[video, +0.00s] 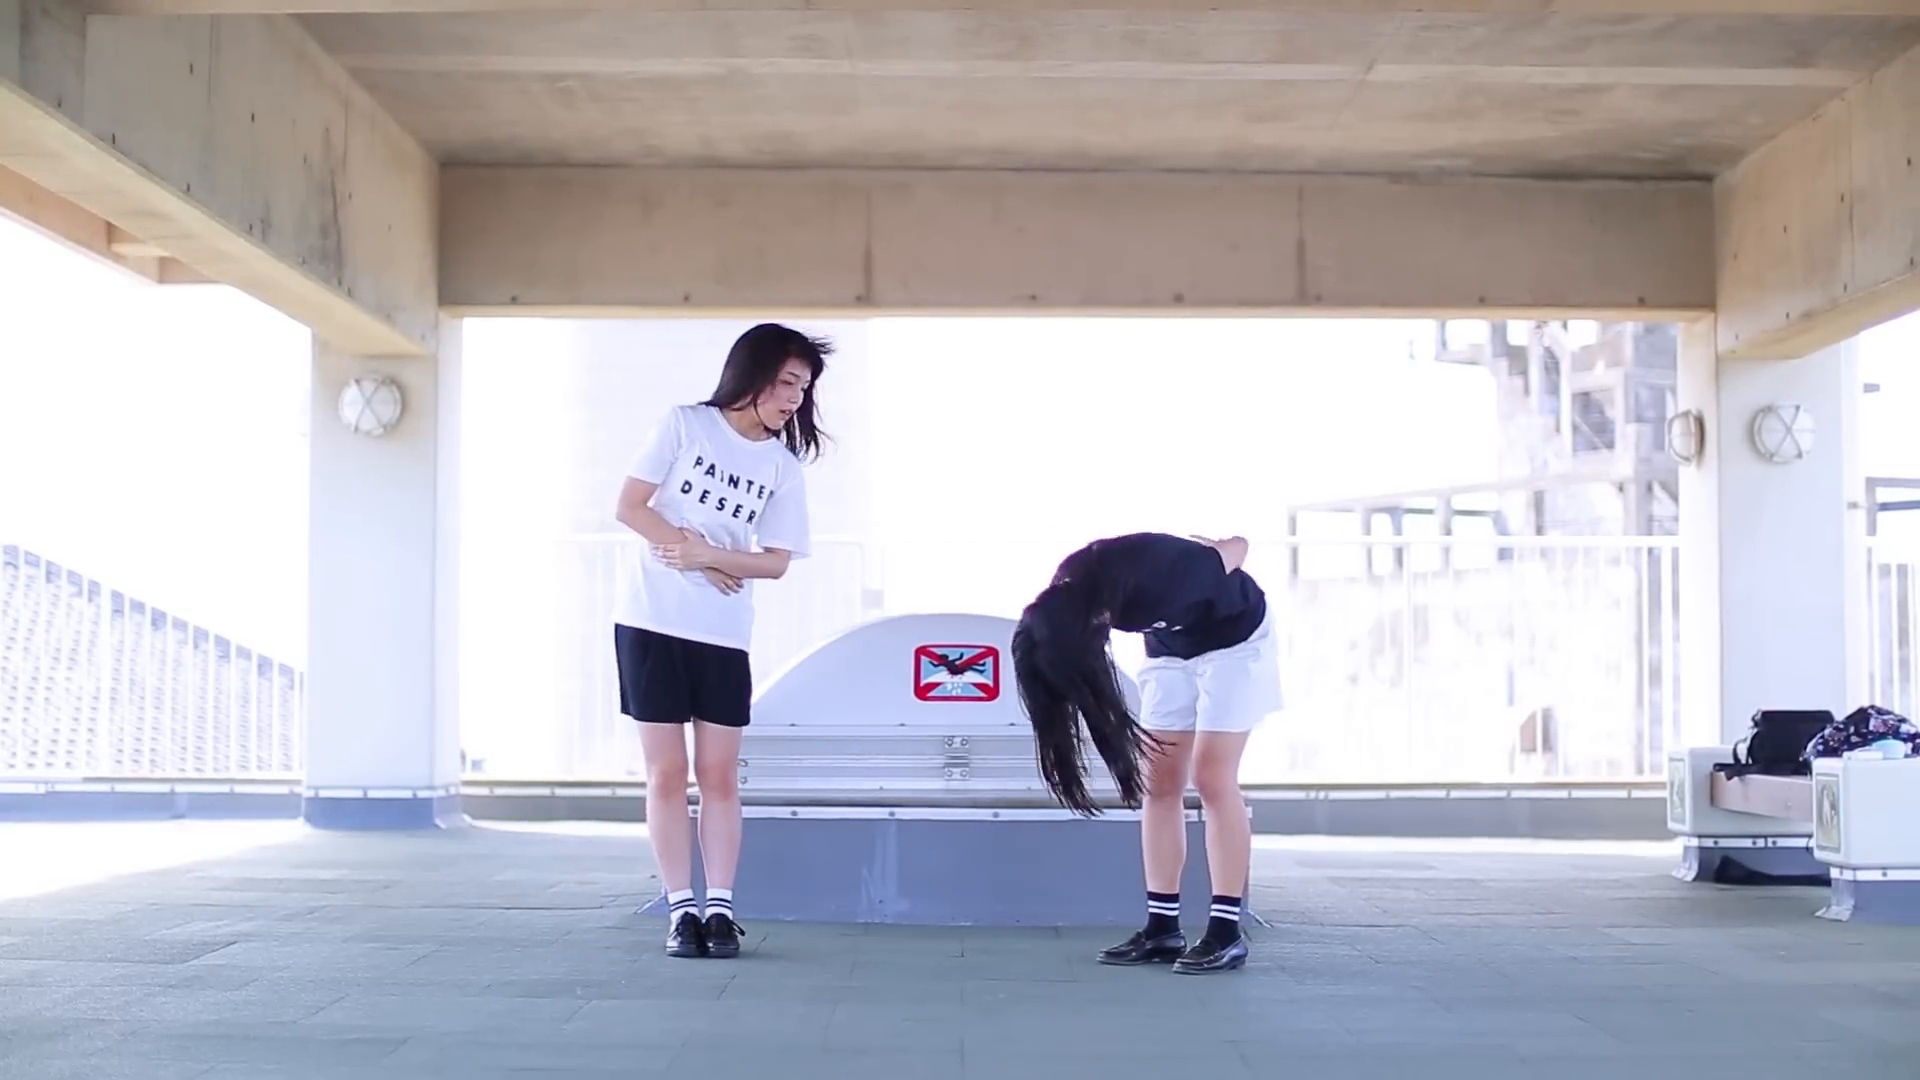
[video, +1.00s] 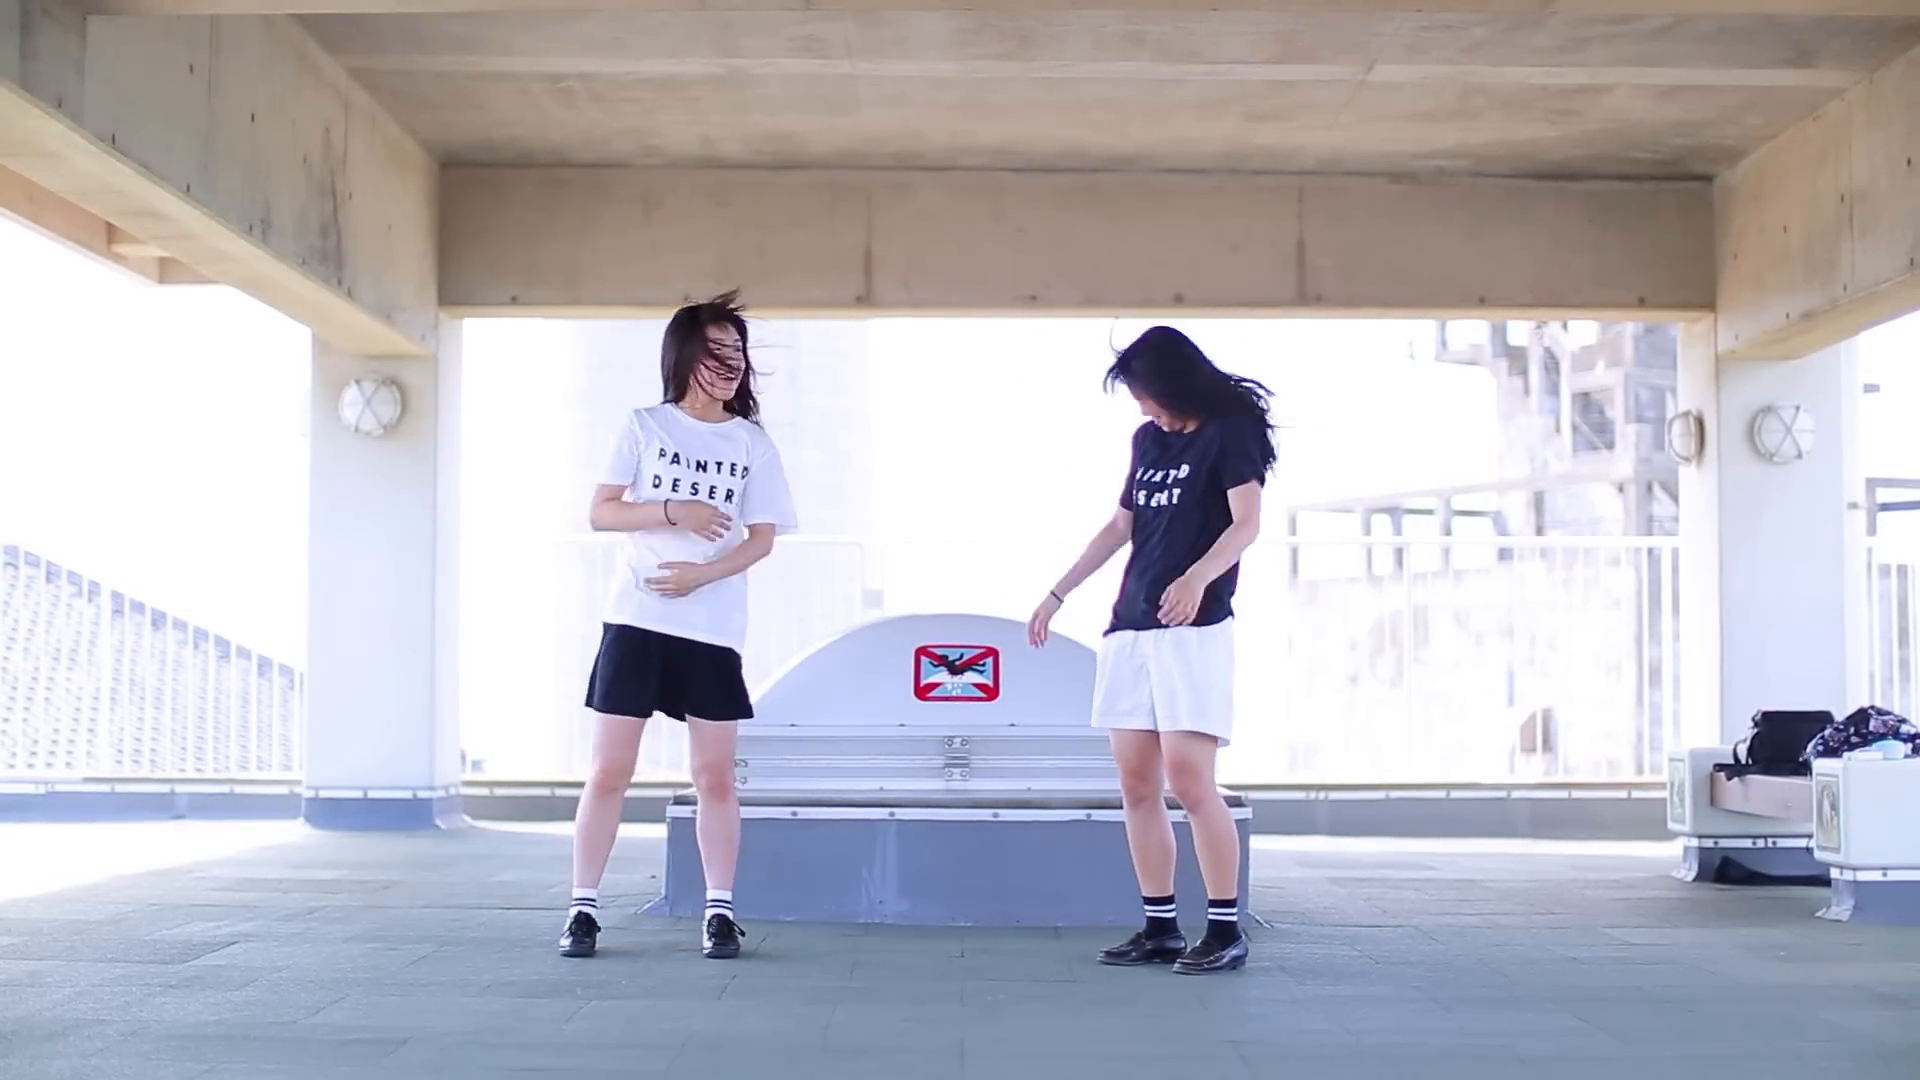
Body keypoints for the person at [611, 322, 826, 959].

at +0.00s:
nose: (795, 396)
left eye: (804, 386)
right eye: (787, 380)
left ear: (806, 392)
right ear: (752, 374)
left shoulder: (784, 466)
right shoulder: (686, 423)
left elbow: (777, 562)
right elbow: (631, 506)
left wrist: (708, 552)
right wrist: (702, 558)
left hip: (724, 633)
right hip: (653, 624)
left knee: (720, 779)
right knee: (666, 776)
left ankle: (720, 910)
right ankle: (682, 910)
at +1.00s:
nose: (726, 363)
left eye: (735, 353)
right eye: (712, 351)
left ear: (746, 361)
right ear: (682, 355)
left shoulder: (753, 441)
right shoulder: (646, 424)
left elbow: (763, 538)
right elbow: (601, 512)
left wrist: (704, 573)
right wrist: (676, 510)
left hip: (712, 630)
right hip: (636, 621)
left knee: (716, 778)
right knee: (609, 774)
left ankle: (719, 911)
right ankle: (583, 908)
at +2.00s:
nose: (593, 363)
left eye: (607, 351)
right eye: (584, 351)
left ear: (644, 359)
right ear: (577, 361)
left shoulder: (667, 420)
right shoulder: (564, 423)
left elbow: (667, 459)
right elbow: (495, 451)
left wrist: (625, 381)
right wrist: (546, 383)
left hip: (641, 620)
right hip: (566, 617)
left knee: (638, 776)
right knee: (572, 774)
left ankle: (647, 908)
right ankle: (577, 910)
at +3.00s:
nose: (619, 350)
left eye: (624, 341)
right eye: (603, 340)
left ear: (630, 355)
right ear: (569, 354)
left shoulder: (645, 433)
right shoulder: (542, 432)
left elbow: (662, 524)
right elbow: (527, 535)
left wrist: (689, 597)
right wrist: (526, 493)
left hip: (631, 622)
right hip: (558, 621)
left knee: (647, 771)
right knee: (567, 773)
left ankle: (636, 907)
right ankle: (578, 910)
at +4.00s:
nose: (627, 370)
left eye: (638, 363)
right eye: (617, 355)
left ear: (642, 377)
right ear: (584, 355)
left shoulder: (635, 450)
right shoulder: (535, 428)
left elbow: (639, 550)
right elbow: (497, 526)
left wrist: (637, 636)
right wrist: (501, 614)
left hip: (607, 634)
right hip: (536, 624)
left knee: (614, 776)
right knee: (534, 772)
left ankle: (600, 897)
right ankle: (539, 909)